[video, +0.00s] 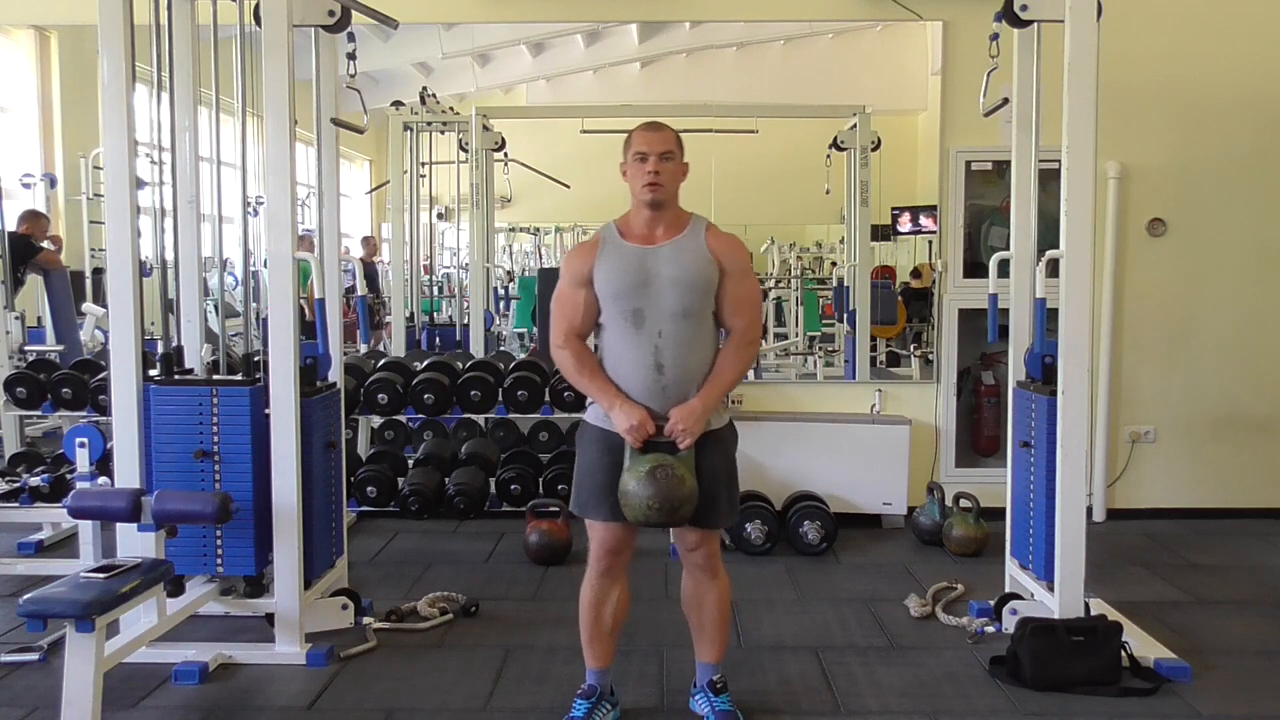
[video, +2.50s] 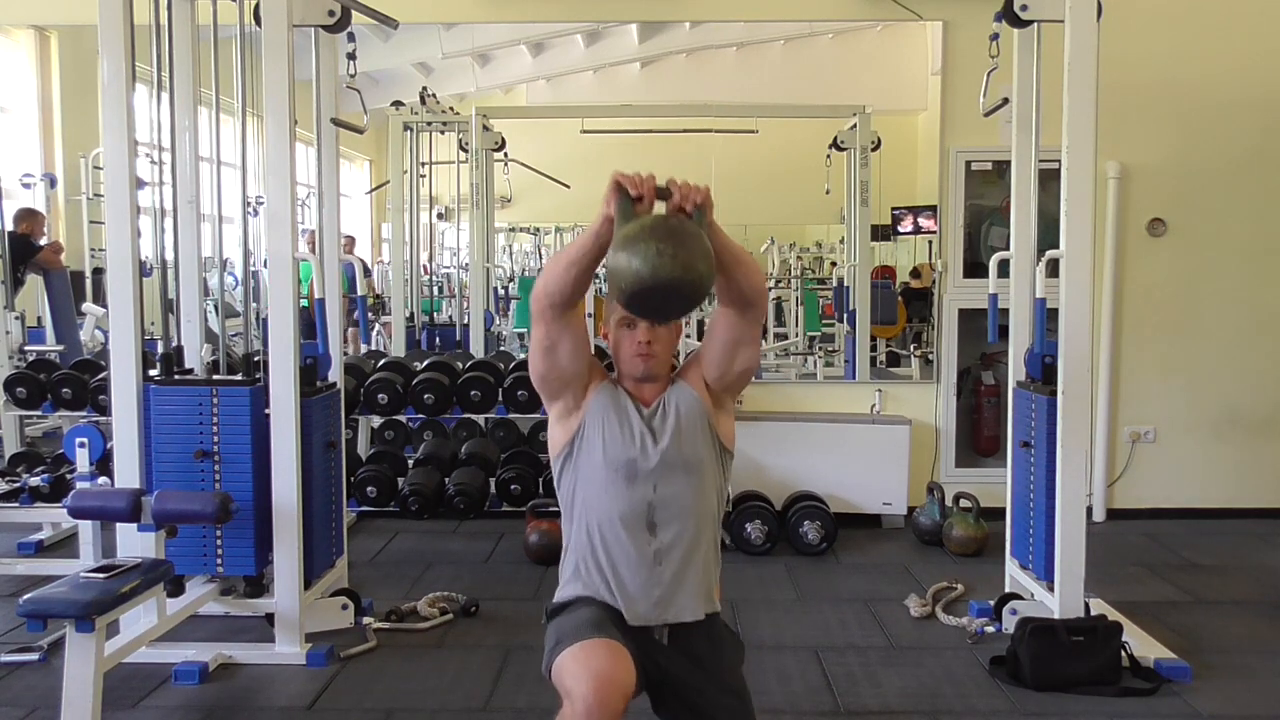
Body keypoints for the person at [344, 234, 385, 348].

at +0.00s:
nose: (376, 247)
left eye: (376, 245)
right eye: (374, 245)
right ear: (365, 247)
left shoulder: (373, 263)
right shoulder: (359, 264)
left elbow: (376, 282)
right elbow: (356, 283)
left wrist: (379, 298)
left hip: (376, 299)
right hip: (364, 300)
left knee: (379, 333)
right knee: (366, 334)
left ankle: (371, 355)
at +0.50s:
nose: (384, 251)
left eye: (384, 247)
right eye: (382, 248)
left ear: (377, 248)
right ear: (376, 248)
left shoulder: (379, 265)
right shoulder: (368, 265)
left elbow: (384, 284)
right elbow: (367, 289)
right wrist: (372, 310)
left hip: (385, 302)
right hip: (375, 303)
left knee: (387, 336)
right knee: (372, 337)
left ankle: (388, 359)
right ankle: (367, 360)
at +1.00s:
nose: (388, 248)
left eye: (390, 245)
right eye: (386, 245)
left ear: (393, 246)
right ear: (382, 247)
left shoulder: (396, 264)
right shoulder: (375, 265)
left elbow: (399, 285)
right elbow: (372, 288)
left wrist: (399, 305)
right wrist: (383, 306)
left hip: (393, 302)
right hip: (380, 303)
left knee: (389, 336)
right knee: (376, 336)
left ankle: (388, 360)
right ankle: (371, 360)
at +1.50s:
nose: (389, 249)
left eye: (390, 245)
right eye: (387, 245)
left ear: (392, 247)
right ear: (380, 247)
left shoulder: (395, 264)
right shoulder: (371, 265)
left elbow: (401, 286)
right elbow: (366, 286)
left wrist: (403, 306)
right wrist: (370, 308)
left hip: (392, 302)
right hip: (376, 301)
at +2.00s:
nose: (360, 248)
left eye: (363, 245)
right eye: (358, 245)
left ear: (369, 246)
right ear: (355, 247)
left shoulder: (377, 265)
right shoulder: (350, 266)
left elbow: (382, 286)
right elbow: (346, 288)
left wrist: (383, 304)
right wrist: (346, 309)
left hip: (372, 300)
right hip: (355, 301)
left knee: (378, 334)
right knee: (355, 336)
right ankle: (355, 361)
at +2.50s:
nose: (343, 248)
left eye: (346, 245)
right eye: (342, 245)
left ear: (353, 246)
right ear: (341, 246)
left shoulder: (360, 263)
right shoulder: (339, 263)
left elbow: (369, 281)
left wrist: (373, 294)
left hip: (356, 302)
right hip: (341, 301)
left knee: (352, 334)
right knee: (342, 334)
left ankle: (353, 362)